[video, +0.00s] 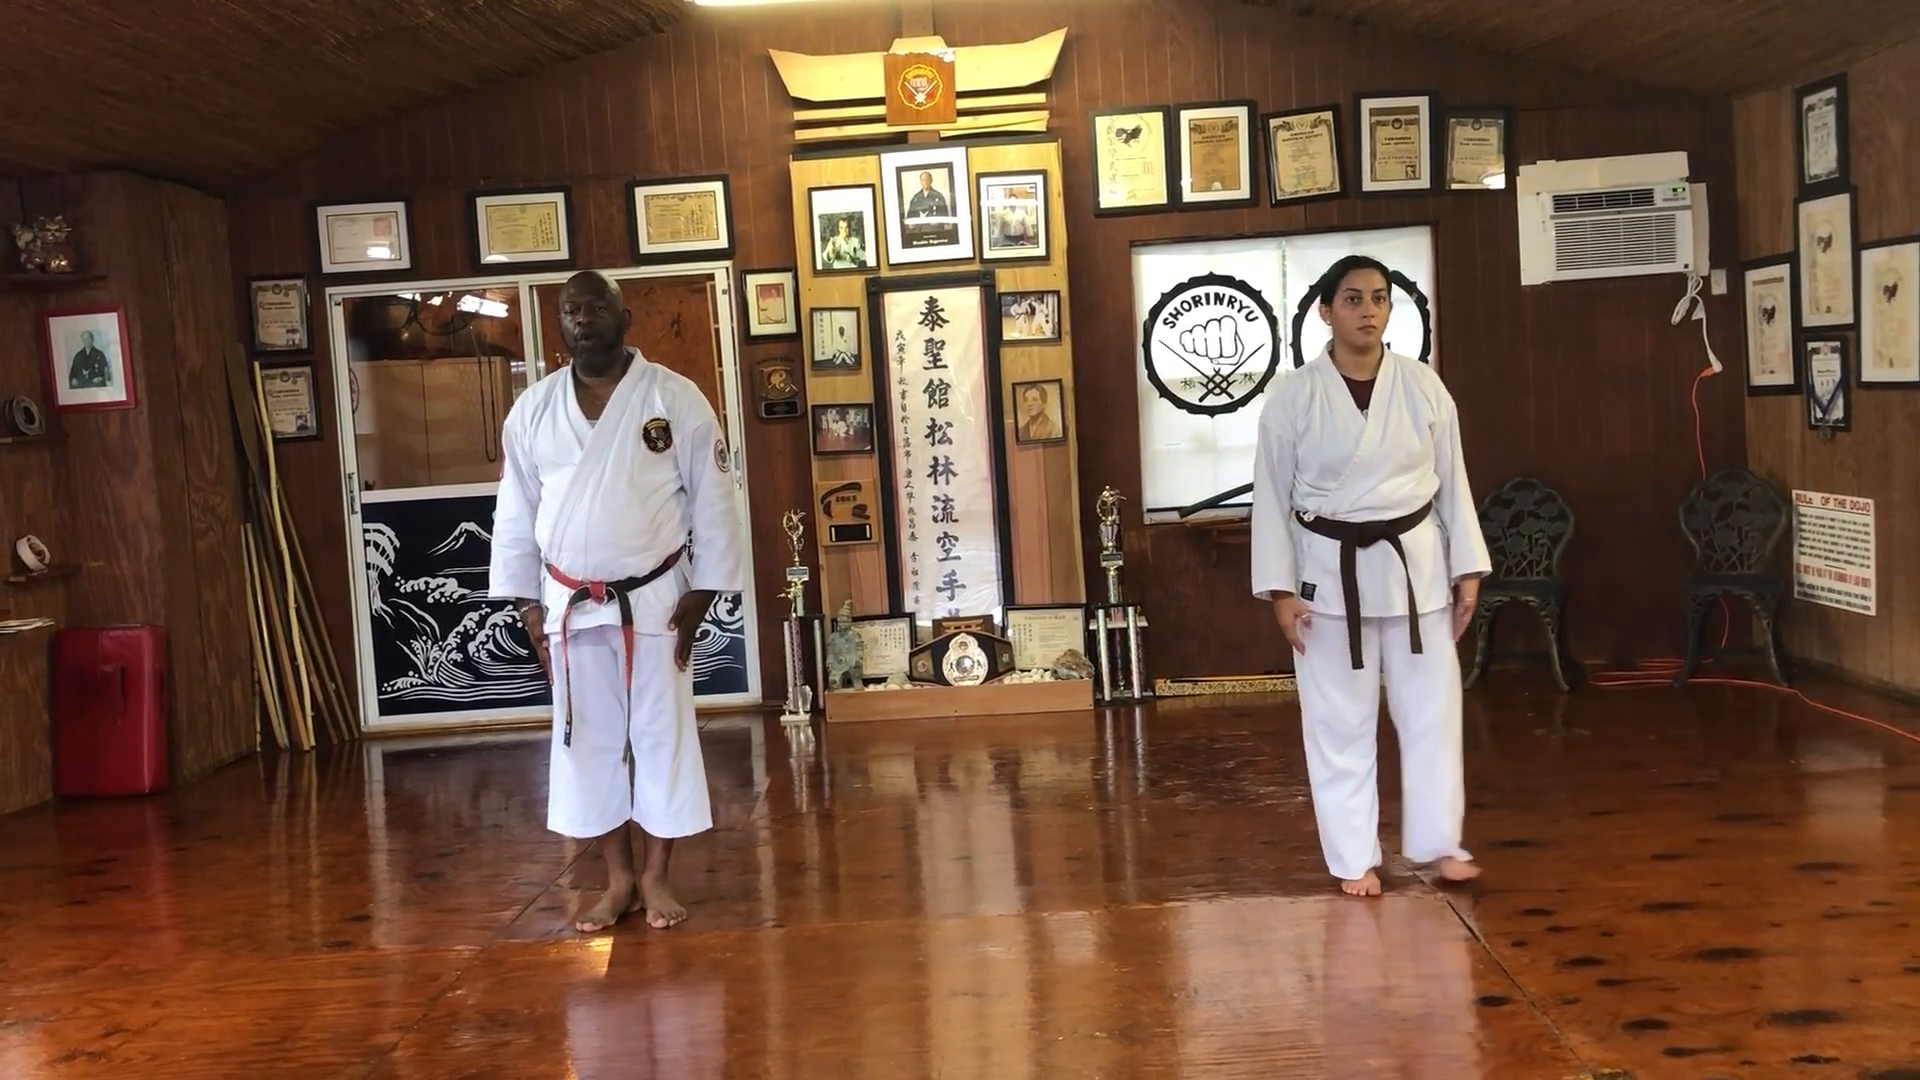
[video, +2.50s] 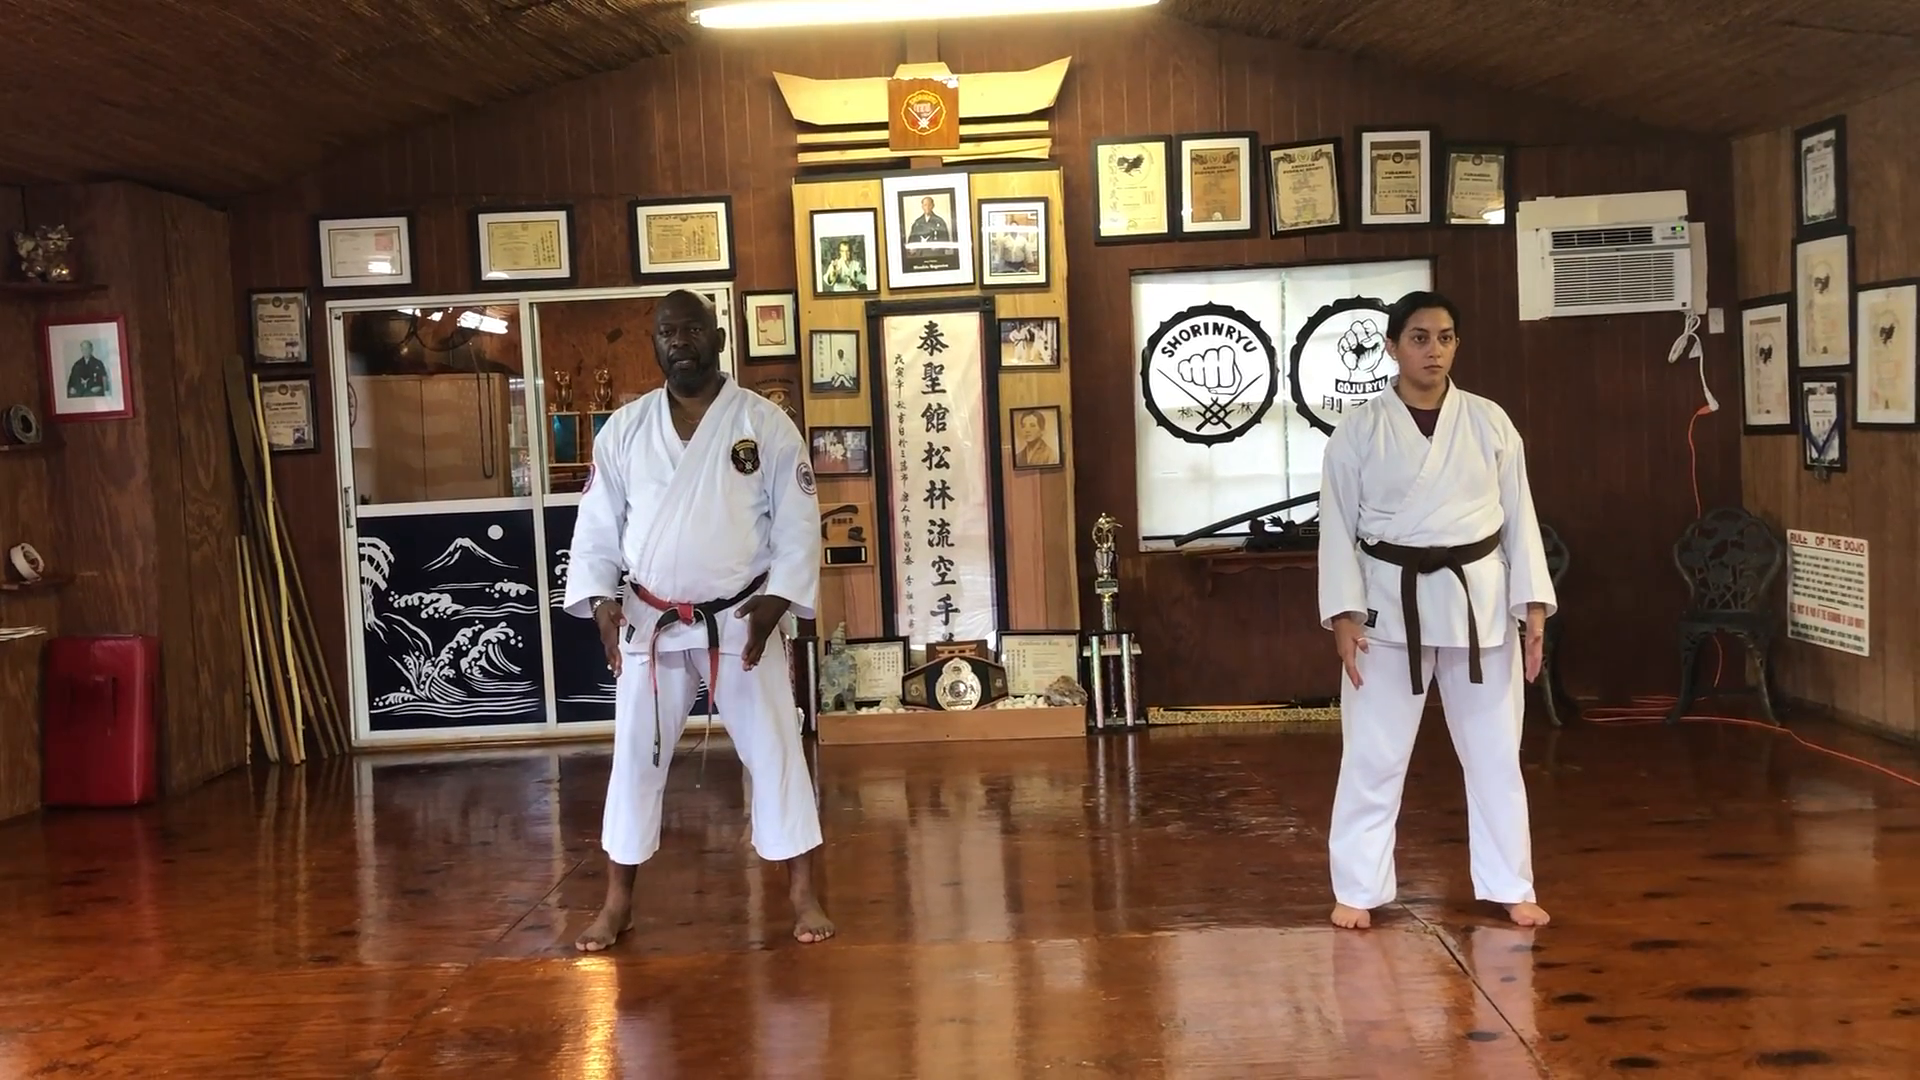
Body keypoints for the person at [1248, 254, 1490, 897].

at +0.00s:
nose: (1368, 311)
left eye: (1379, 299)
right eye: (1353, 299)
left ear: (1391, 311)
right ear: (1326, 311)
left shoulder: (1422, 384)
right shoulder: (1291, 394)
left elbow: (1452, 482)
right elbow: (1271, 495)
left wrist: (1468, 566)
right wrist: (1280, 586)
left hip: (1417, 562)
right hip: (1328, 568)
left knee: (1433, 711)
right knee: (1341, 721)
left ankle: (1440, 846)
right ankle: (1354, 861)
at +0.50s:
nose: (1433, 315)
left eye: (1443, 303)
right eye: (1417, 304)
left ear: (1457, 314)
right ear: (1393, 318)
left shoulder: (1492, 388)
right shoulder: (1361, 397)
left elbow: (1522, 488)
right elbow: (1337, 498)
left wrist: (1539, 574)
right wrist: (1338, 586)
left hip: (1486, 570)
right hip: (1391, 573)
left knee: (1505, 721)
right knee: (1375, 725)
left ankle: (1522, 857)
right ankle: (1363, 863)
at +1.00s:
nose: (1448, 330)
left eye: (1458, 318)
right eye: (1434, 318)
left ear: (1471, 328)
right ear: (1407, 328)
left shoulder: (1501, 404)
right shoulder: (1371, 409)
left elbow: (1532, 498)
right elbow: (1349, 505)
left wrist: (1551, 582)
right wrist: (1352, 588)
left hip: (1493, 582)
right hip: (1399, 582)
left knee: (1505, 736)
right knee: (1381, 736)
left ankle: (1520, 870)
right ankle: (1360, 875)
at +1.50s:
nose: (1442, 351)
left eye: (1452, 338)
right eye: (1427, 338)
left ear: (1465, 347)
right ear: (1402, 349)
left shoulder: (1497, 426)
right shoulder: (1365, 432)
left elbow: (1525, 521)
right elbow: (1343, 525)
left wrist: (1541, 605)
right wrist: (1347, 609)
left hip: (1487, 604)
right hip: (1393, 605)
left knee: (1500, 758)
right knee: (1377, 758)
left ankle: (1516, 891)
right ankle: (1359, 895)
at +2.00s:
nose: (1439, 356)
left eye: (1449, 344)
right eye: (1424, 343)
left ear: (1462, 353)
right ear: (1398, 353)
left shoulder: (1494, 429)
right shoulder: (1362, 437)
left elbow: (1522, 526)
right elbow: (1341, 531)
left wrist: (1536, 611)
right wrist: (1345, 615)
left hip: (1485, 611)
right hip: (1391, 612)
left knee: (1499, 764)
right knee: (1376, 765)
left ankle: (1514, 896)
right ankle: (1358, 901)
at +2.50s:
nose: (1434, 349)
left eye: (1445, 337)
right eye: (1420, 337)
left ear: (1456, 347)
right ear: (1393, 347)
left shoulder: (1490, 422)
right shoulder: (1358, 429)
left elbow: (1519, 519)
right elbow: (1336, 525)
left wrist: (1533, 603)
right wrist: (1341, 609)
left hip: (1481, 604)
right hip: (1387, 605)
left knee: (1495, 757)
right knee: (1373, 758)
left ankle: (1511, 889)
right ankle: (1357, 894)